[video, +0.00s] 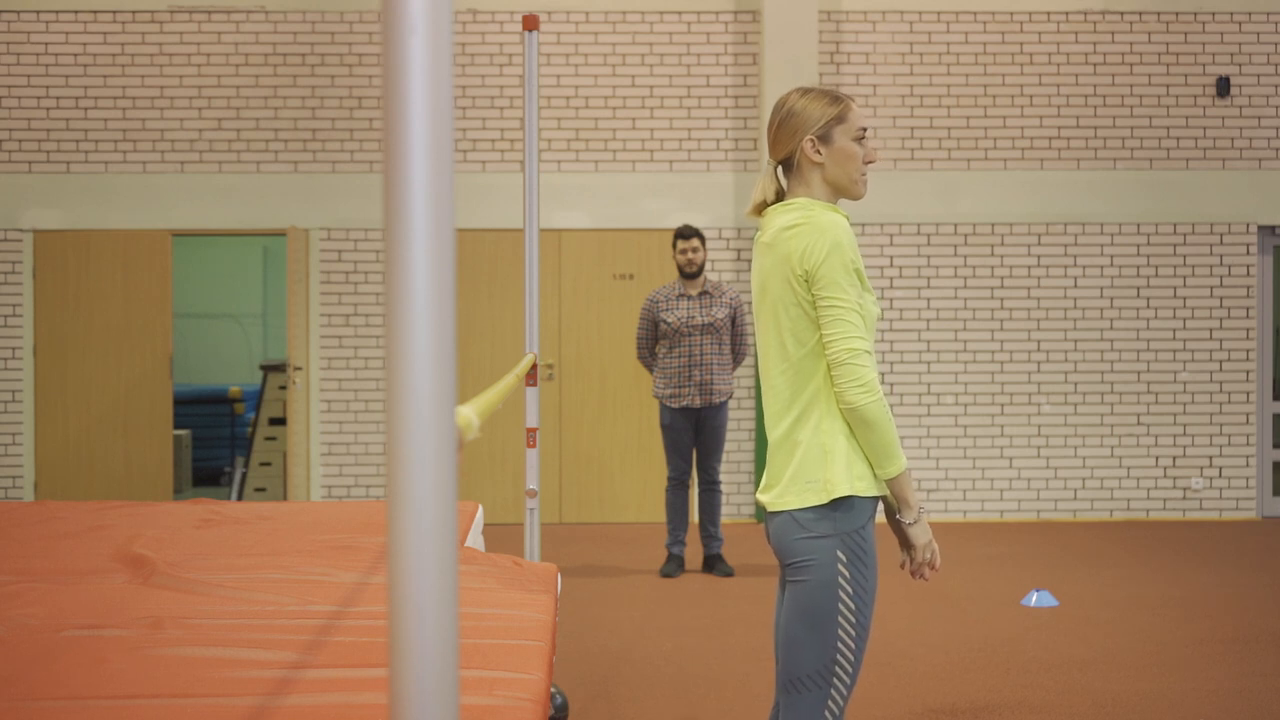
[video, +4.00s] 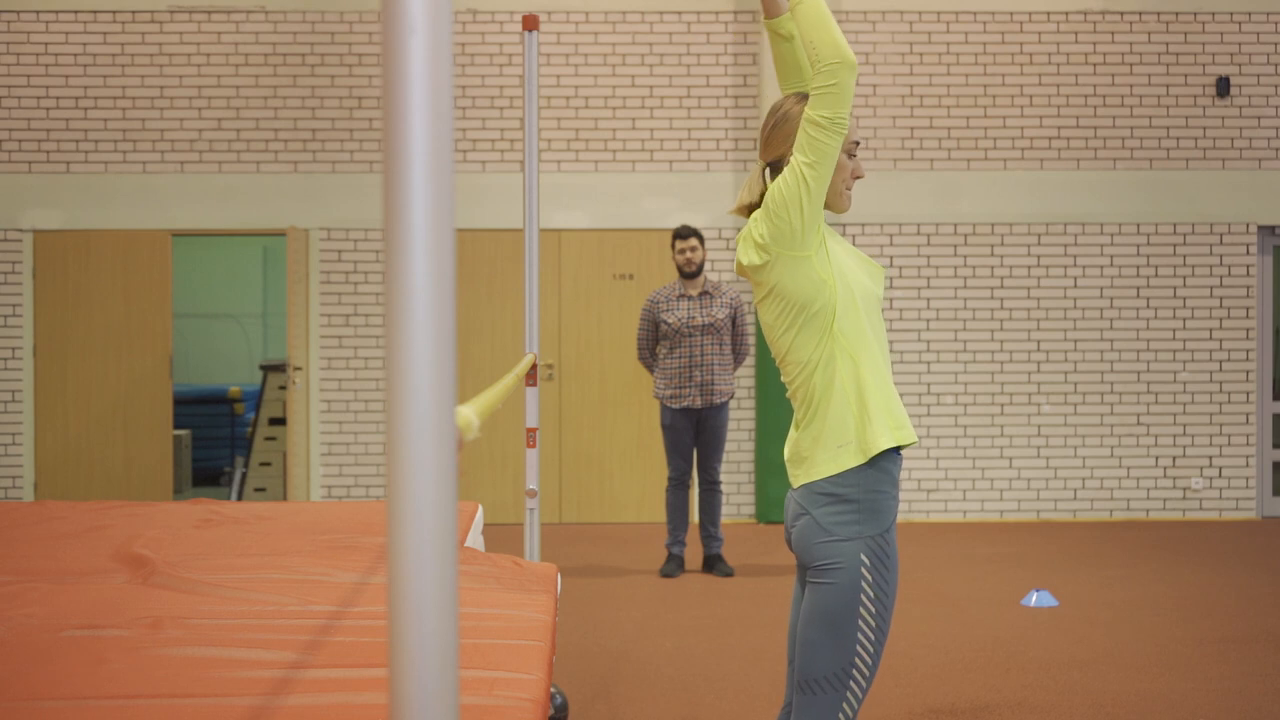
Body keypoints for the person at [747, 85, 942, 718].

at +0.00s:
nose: (871, 153)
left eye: (867, 138)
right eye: (858, 139)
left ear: (812, 153)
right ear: (813, 151)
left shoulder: (778, 230)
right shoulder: (825, 231)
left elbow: (789, 384)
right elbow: (854, 385)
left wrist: (894, 508)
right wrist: (908, 506)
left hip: (798, 502)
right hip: (830, 504)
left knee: (800, 705)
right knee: (817, 707)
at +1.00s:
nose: (868, 151)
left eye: (863, 136)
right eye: (855, 138)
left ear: (811, 155)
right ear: (811, 151)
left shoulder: (781, 229)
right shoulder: (825, 231)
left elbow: (810, 383)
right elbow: (861, 385)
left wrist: (908, 513)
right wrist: (914, 514)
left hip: (786, 504)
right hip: (814, 509)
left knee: (790, 706)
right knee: (805, 707)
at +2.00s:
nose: (852, 156)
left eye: (848, 141)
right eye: (840, 141)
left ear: (796, 153)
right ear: (796, 151)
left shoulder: (782, 223)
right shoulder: (785, 221)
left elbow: (927, 223)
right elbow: (932, 225)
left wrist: (1047, 176)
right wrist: (1064, 176)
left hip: (806, 498)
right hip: (812, 499)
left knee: (800, 703)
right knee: (807, 705)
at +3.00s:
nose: (863, 166)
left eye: (860, 151)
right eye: (850, 150)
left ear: (795, 157)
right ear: (807, 157)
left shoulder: (793, 233)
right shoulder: (785, 235)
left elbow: (814, 88)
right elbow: (842, 78)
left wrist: (796, 3)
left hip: (848, 489)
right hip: (847, 493)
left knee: (821, 697)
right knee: (830, 701)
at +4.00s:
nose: (859, 166)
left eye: (857, 152)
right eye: (846, 151)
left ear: (791, 159)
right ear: (801, 158)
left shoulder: (787, 234)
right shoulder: (786, 230)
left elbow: (804, 98)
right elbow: (837, 77)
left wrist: (774, 11)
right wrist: (793, 1)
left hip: (843, 491)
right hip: (848, 493)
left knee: (814, 701)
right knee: (829, 704)